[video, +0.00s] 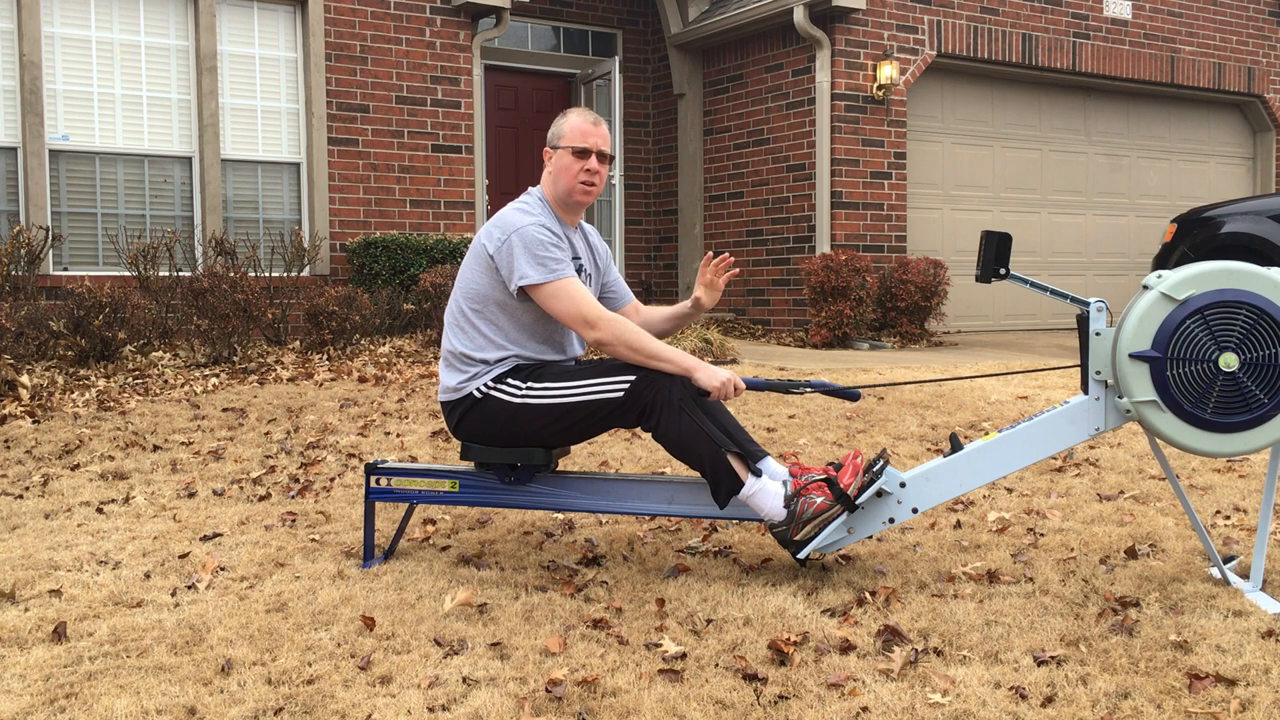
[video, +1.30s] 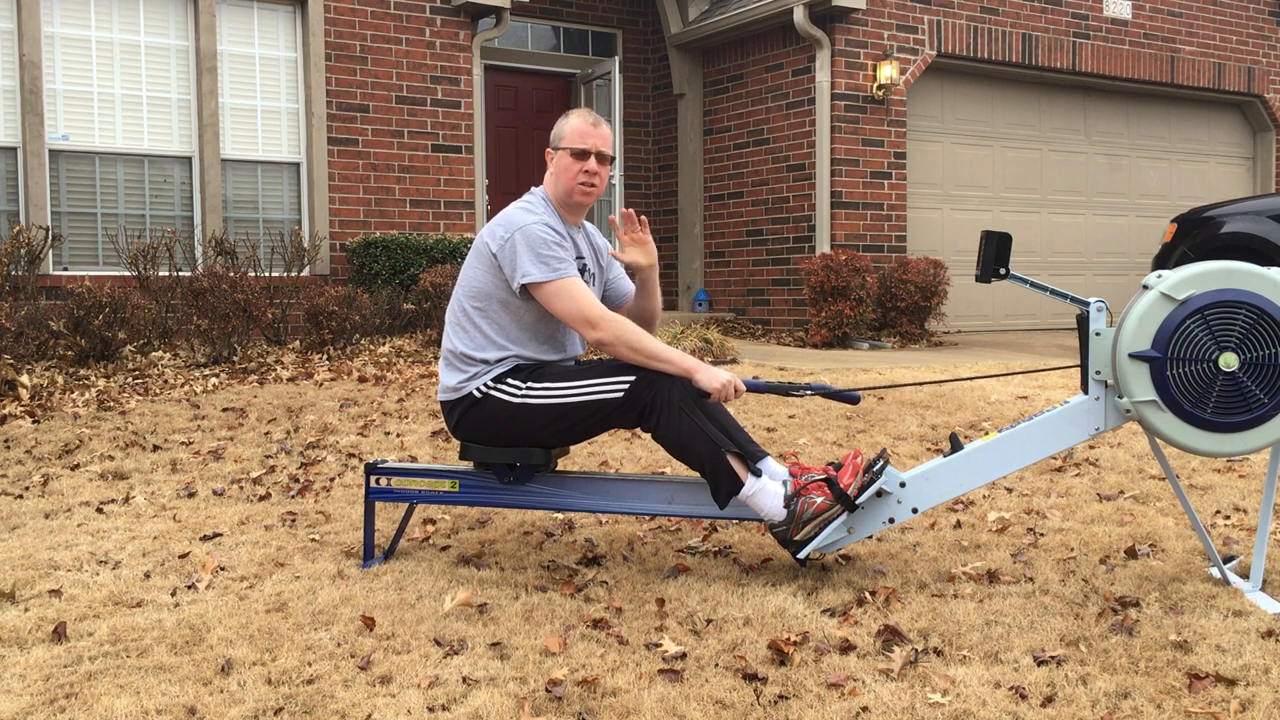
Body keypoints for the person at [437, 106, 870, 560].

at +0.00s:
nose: (593, 168)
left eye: (603, 160)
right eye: (581, 154)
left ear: (610, 171)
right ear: (548, 158)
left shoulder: (587, 240)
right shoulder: (523, 226)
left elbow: (637, 320)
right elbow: (592, 327)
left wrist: (694, 306)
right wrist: (697, 369)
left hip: (541, 377)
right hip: (487, 391)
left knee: (675, 376)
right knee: (651, 386)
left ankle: (786, 484)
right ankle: (776, 510)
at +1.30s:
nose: (592, 169)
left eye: (603, 161)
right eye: (579, 155)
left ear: (610, 171)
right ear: (549, 159)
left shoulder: (590, 237)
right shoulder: (526, 226)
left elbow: (642, 326)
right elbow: (593, 326)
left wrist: (646, 273)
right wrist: (698, 370)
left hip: (540, 377)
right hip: (488, 390)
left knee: (673, 377)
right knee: (650, 388)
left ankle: (786, 484)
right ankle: (776, 509)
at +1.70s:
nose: (595, 169)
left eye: (605, 161)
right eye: (582, 155)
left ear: (611, 171)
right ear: (551, 158)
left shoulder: (589, 237)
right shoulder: (525, 226)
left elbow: (646, 299)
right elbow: (593, 328)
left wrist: (687, 309)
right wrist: (699, 371)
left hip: (539, 377)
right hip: (487, 391)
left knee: (675, 379)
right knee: (650, 388)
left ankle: (786, 484)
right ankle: (776, 509)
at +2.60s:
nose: (595, 167)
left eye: (605, 159)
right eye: (582, 153)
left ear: (611, 171)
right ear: (550, 158)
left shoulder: (587, 238)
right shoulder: (526, 225)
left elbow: (644, 318)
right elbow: (593, 328)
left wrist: (653, 279)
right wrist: (699, 371)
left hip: (539, 376)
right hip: (486, 390)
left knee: (675, 378)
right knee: (650, 388)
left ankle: (786, 483)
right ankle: (775, 510)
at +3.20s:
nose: (595, 168)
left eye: (606, 161)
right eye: (583, 155)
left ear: (612, 173)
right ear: (552, 159)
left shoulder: (592, 237)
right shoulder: (525, 227)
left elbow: (651, 293)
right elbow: (596, 329)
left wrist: (710, 304)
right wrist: (700, 372)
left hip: (539, 376)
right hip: (486, 390)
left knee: (675, 378)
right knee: (650, 388)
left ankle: (785, 484)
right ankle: (776, 509)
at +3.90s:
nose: (592, 168)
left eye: (603, 159)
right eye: (580, 154)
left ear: (610, 171)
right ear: (549, 159)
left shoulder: (592, 236)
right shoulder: (525, 226)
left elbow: (661, 288)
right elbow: (594, 327)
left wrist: (745, 278)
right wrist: (699, 370)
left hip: (541, 376)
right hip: (487, 391)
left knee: (675, 379)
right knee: (651, 388)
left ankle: (788, 485)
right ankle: (776, 510)